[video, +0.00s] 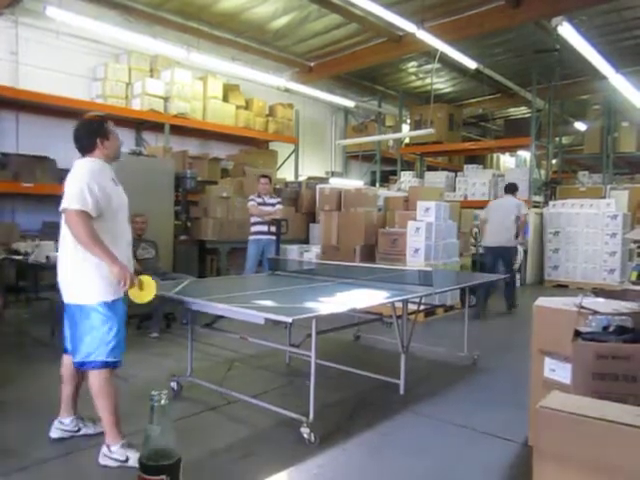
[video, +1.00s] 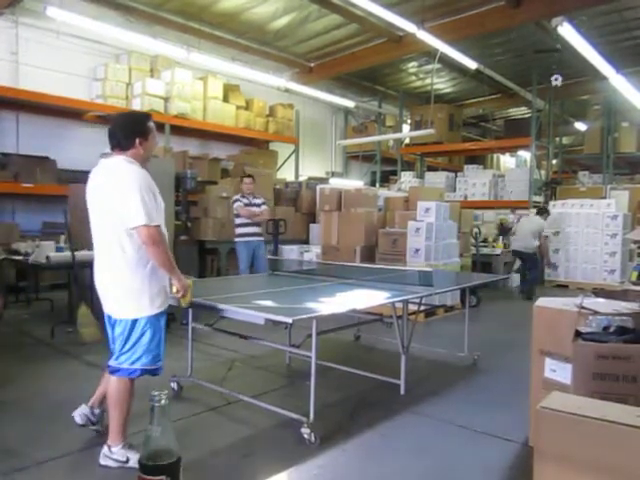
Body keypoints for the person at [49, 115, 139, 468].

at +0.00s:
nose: (119, 141)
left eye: (116, 136)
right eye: (114, 136)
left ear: (94, 143)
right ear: (101, 141)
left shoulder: (101, 172)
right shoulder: (87, 170)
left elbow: (96, 222)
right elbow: (75, 218)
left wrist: (127, 226)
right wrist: (114, 262)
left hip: (91, 286)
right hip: (93, 288)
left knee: (75, 354)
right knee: (101, 364)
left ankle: (66, 418)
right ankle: (114, 444)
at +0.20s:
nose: (134, 140)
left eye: (131, 135)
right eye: (129, 135)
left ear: (107, 142)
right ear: (114, 141)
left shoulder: (106, 175)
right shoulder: (101, 178)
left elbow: (111, 233)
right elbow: (101, 236)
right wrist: (137, 283)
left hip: (110, 291)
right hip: (108, 294)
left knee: (102, 357)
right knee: (109, 367)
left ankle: (72, 412)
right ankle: (113, 446)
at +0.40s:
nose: (144, 142)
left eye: (141, 136)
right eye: (140, 136)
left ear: (113, 141)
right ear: (126, 141)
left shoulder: (102, 170)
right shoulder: (114, 175)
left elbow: (114, 233)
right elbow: (124, 234)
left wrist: (154, 273)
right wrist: (159, 275)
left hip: (110, 286)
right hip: (121, 289)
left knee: (118, 355)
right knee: (118, 365)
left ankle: (95, 402)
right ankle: (115, 446)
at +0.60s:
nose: (151, 144)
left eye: (148, 138)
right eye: (147, 139)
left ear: (116, 143)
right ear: (132, 143)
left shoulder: (98, 171)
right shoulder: (122, 175)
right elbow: (139, 233)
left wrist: (153, 275)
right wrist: (171, 272)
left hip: (110, 286)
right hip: (130, 290)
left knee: (125, 355)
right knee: (126, 364)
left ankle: (97, 399)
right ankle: (115, 446)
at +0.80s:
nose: (152, 146)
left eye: (150, 139)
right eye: (149, 140)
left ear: (114, 141)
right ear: (135, 143)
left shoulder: (99, 172)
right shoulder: (128, 176)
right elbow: (143, 236)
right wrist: (175, 275)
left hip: (112, 287)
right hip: (134, 292)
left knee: (124, 356)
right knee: (126, 366)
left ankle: (94, 403)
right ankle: (115, 447)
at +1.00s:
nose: (154, 146)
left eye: (153, 139)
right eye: (152, 139)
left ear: (117, 141)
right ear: (139, 141)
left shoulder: (101, 171)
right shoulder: (133, 176)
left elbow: (109, 231)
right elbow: (150, 236)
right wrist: (176, 276)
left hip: (112, 286)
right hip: (136, 291)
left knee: (123, 357)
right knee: (126, 366)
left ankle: (93, 407)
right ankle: (115, 446)